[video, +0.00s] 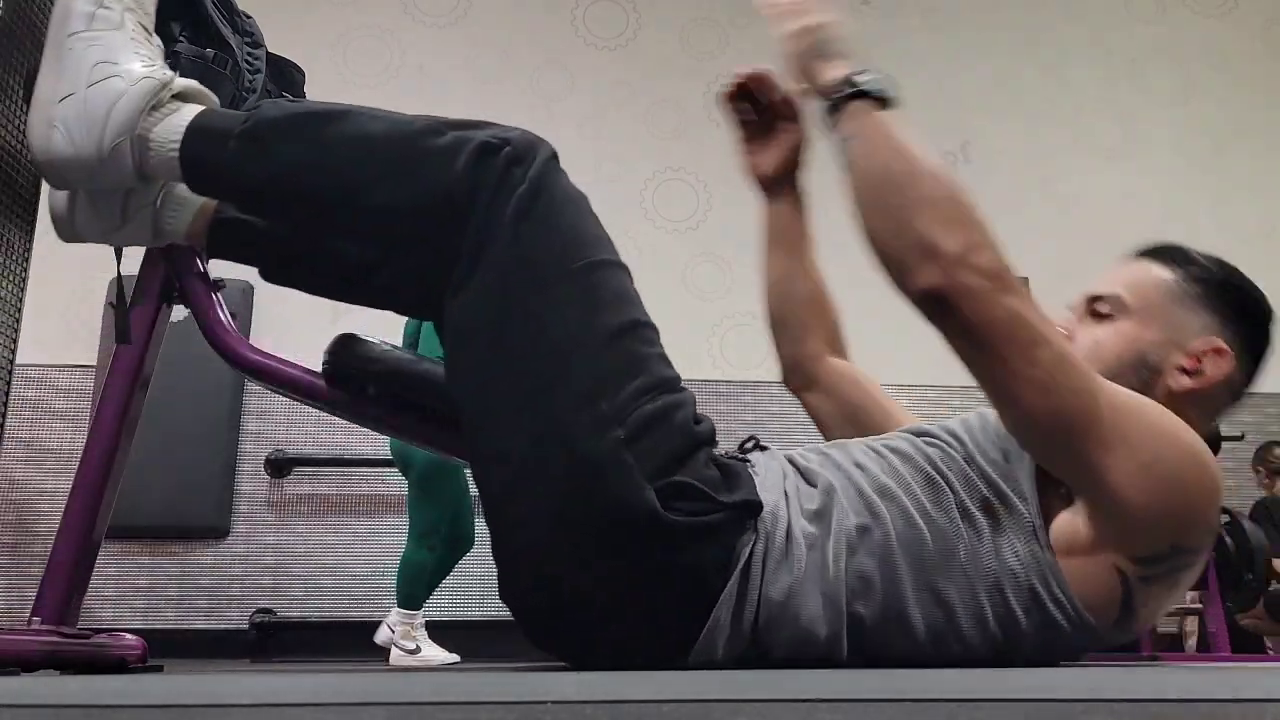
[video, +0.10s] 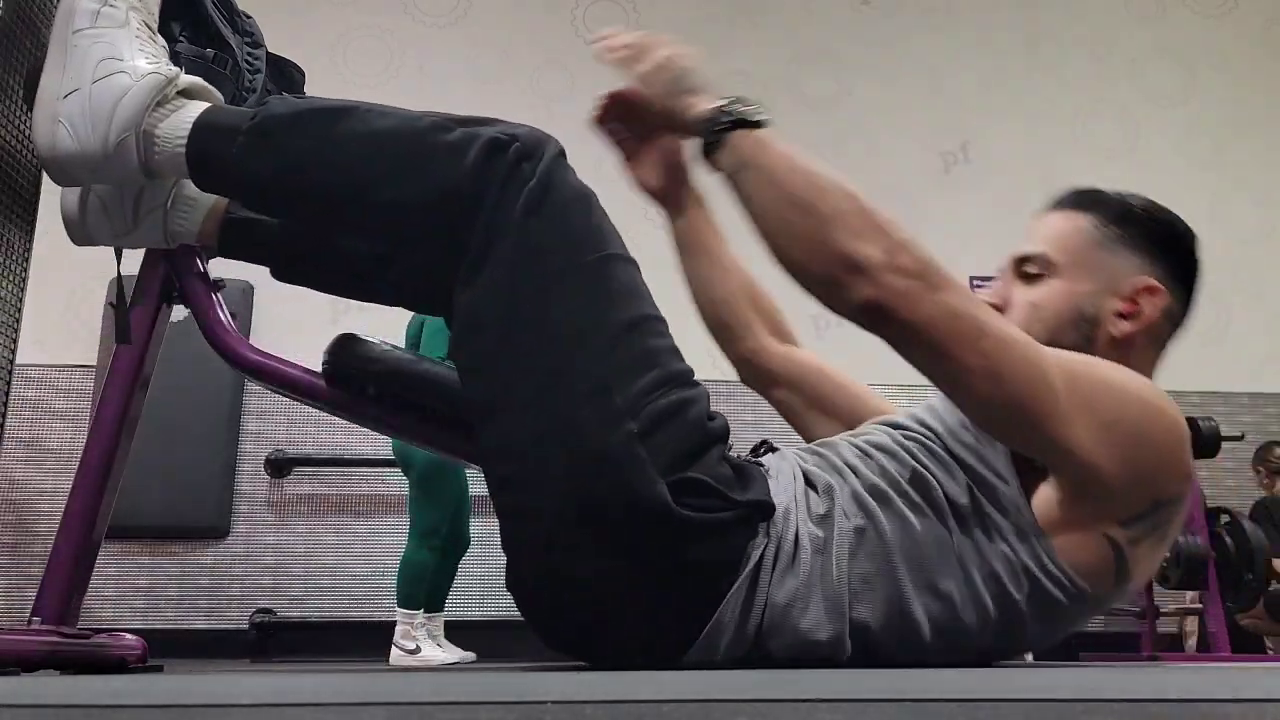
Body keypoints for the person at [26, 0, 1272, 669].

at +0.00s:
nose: (1067, 328)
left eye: (1111, 318)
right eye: (1081, 308)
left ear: (1204, 371)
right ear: (1157, 369)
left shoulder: (1173, 482)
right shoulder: (1028, 472)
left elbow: (968, 286)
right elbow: (827, 373)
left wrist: (849, 96)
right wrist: (780, 190)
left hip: (681, 562)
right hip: (664, 534)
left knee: (514, 187)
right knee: (508, 209)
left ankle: (144, 142)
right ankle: (176, 191)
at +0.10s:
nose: (992, 297)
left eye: (1032, 276)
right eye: (1003, 276)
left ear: (1135, 313)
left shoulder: (1137, 440)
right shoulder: (983, 456)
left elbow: (890, 282)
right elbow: (773, 348)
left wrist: (719, 120)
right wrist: (675, 187)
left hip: (689, 552)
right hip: (644, 559)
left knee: (514, 176)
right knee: (503, 217)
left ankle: (161, 130)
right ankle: (179, 210)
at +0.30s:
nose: (891, 240)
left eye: (920, 215)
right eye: (895, 218)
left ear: (1024, 226)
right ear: (949, 233)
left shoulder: (1062, 336)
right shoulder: (937, 393)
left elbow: (766, 250)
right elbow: (692, 342)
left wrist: (537, 128)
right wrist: (539, 169)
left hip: (688, 566)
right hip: (651, 563)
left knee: (522, 194)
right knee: (518, 206)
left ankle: (150, 119)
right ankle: (198, 224)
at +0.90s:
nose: (909, 244)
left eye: (935, 221)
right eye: (912, 222)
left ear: (1038, 236)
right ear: (977, 247)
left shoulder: (1083, 348)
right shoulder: (928, 393)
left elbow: (805, 225)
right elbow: (722, 326)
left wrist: (633, 85)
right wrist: (614, 171)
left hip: (692, 573)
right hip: (663, 548)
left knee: (474, 185)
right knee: (471, 199)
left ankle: (97, 207)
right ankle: (125, 258)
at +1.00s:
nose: (973, 273)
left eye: (1002, 246)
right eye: (973, 247)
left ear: (1103, 272)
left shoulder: (1132, 400)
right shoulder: (952, 415)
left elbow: (899, 206)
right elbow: (779, 316)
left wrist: (776, 63)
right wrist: (753, 144)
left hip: (699, 548)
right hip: (656, 545)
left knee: (433, 218)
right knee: (403, 274)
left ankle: (61, 240)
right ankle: (74, 314)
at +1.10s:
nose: (1004, 297)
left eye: (1037, 270)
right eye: (1015, 277)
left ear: (1151, 292)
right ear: (1083, 297)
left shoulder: (1170, 433)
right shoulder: (977, 427)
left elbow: (989, 181)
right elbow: (847, 312)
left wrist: (934, 54)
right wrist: (905, 151)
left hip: (703, 550)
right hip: (657, 523)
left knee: (396, 251)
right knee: (380, 301)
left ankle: (31, 287)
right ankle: (69, 339)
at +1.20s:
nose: (1057, 302)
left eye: (1098, 282)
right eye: (1073, 282)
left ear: (1189, 324)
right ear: (1100, 315)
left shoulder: (1186, 467)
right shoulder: (999, 438)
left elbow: (1089, 155)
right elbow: (918, 316)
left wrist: (1096, 74)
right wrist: (1021, 166)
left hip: (699, 562)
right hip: (676, 517)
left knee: (366, 276)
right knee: (373, 299)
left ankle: (28, 321)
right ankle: (60, 362)